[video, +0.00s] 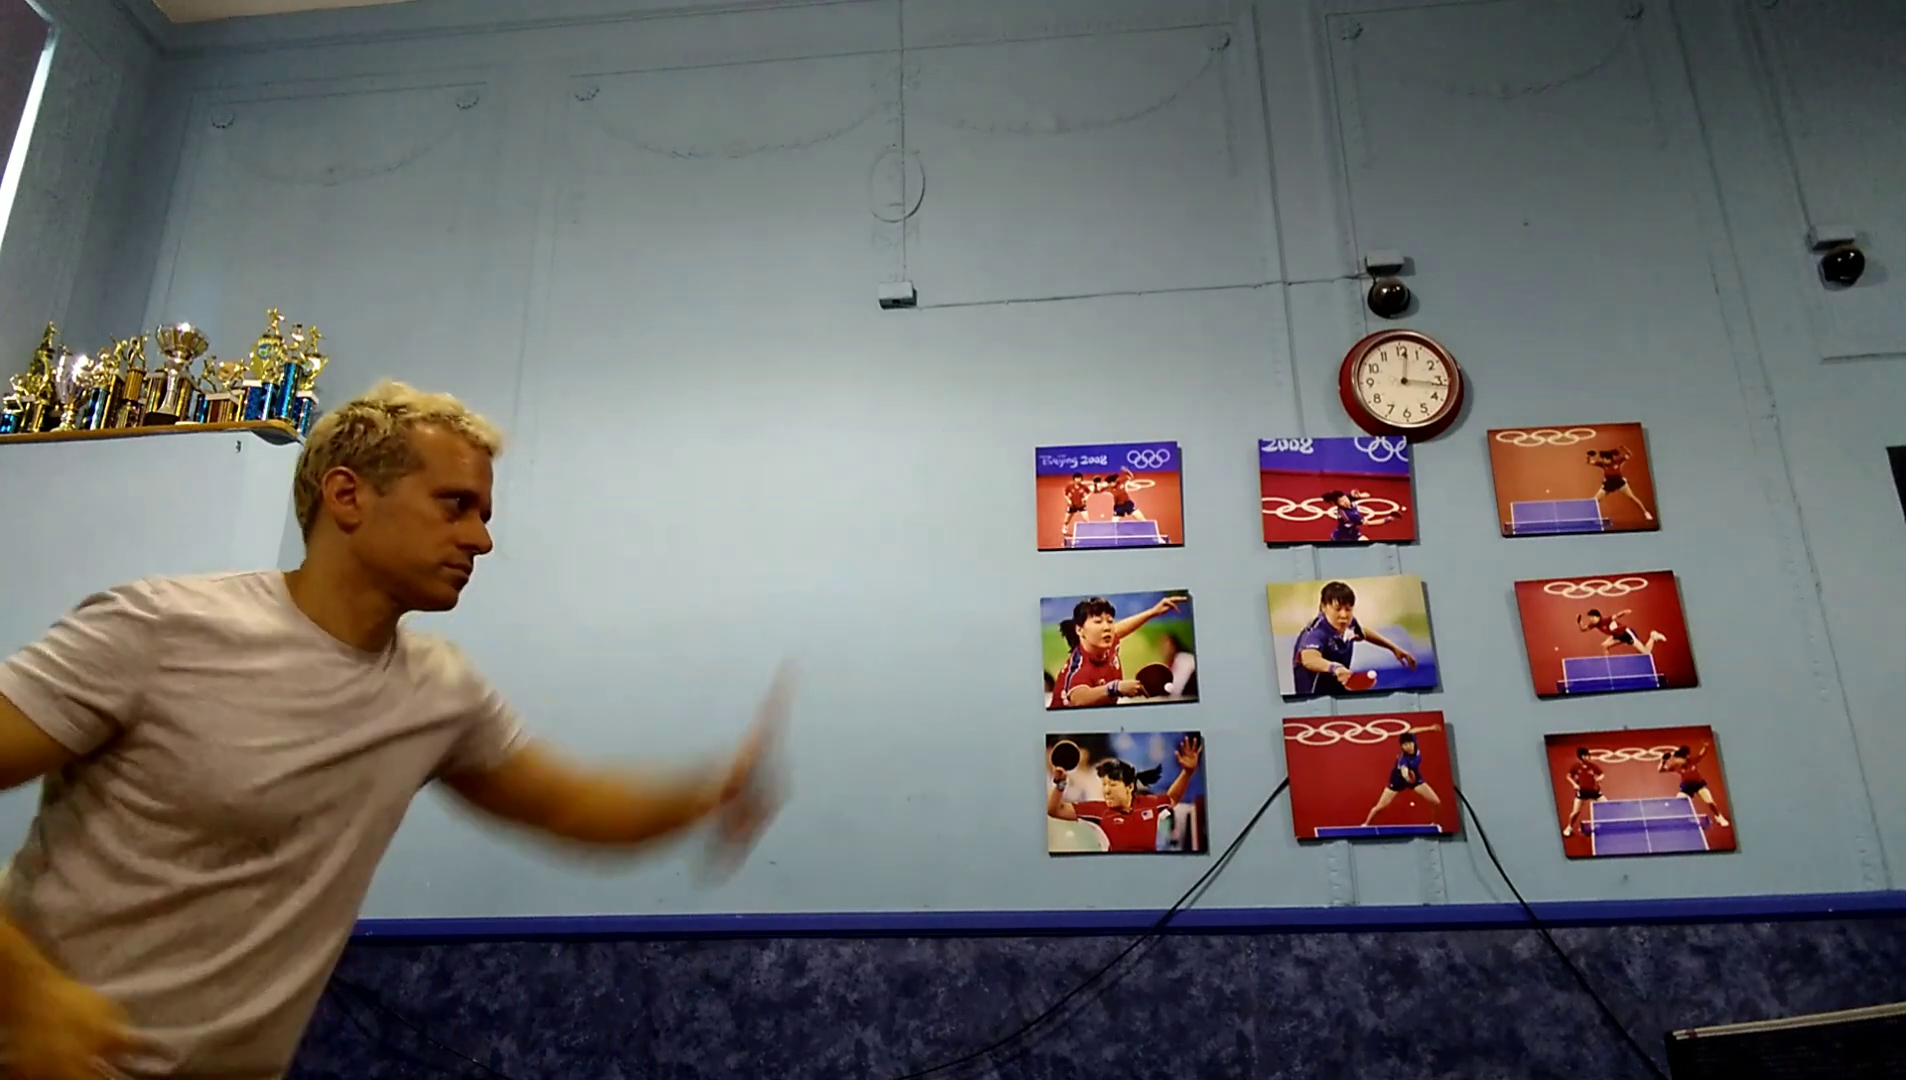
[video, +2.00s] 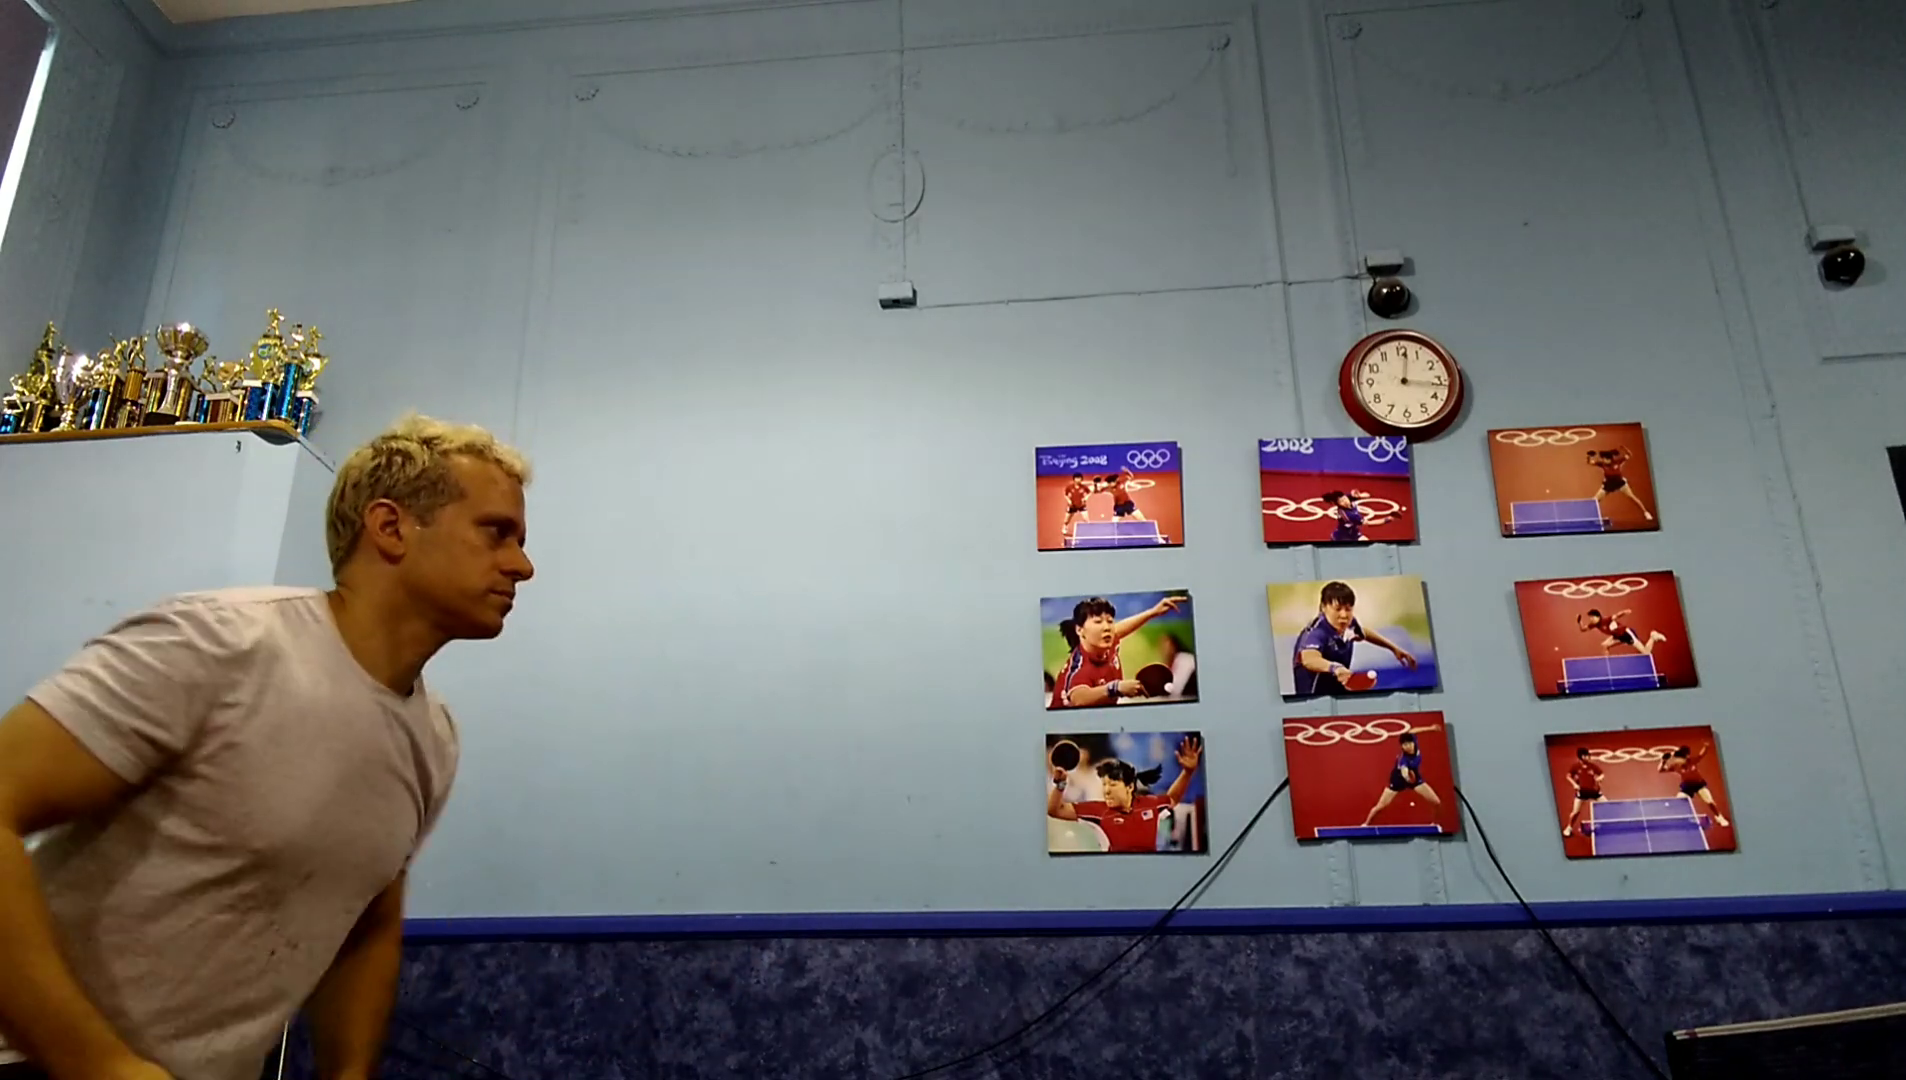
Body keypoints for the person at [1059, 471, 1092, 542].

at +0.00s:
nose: (1078, 481)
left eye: (1079, 479)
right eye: (1077, 479)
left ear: (1081, 480)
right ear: (1074, 480)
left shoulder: (1083, 487)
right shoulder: (1070, 487)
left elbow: (1089, 492)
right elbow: (1065, 494)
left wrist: (1085, 498)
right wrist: (1068, 501)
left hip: (1081, 505)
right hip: (1072, 505)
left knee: (1086, 519)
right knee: (1066, 520)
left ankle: (1090, 531)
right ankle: (1064, 529)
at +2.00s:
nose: (1078, 481)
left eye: (1079, 479)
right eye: (1077, 479)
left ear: (1081, 480)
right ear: (1074, 480)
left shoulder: (1083, 487)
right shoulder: (1070, 487)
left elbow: (1090, 492)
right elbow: (1065, 494)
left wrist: (1085, 498)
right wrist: (1068, 501)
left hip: (1081, 505)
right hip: (1072, 505)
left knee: (1086, 519)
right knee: (1066, 520)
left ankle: (1090, 531)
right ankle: (1064, 529)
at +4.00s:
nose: (1078, 481)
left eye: (1079, 479)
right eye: (1077, 479)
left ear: (1081, 479)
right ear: (1074, 479)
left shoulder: (1083, 487)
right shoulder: (1070, 487)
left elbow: (1090, 492)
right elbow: (1065, 494)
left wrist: (1085, 498)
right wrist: (1069, 501)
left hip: (1081, 505)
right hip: (1073, 505)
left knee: (1086, 519)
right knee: (1067, 520)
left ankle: (1090, 530)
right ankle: (1064, 528)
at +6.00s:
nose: (1078, 480)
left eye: (1079, 478)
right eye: (1076, 479)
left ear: (1081, 479)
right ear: (1074, 479)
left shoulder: (1083, 487)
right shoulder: (1070, 487)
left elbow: (1089, 492)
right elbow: (1065, 494)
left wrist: (1085, 498)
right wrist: (1068, 500)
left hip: (1081, 505)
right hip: (1072, 505)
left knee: (1086, 519)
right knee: (1066, 520)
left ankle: (1090, 531)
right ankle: (1064, 529)